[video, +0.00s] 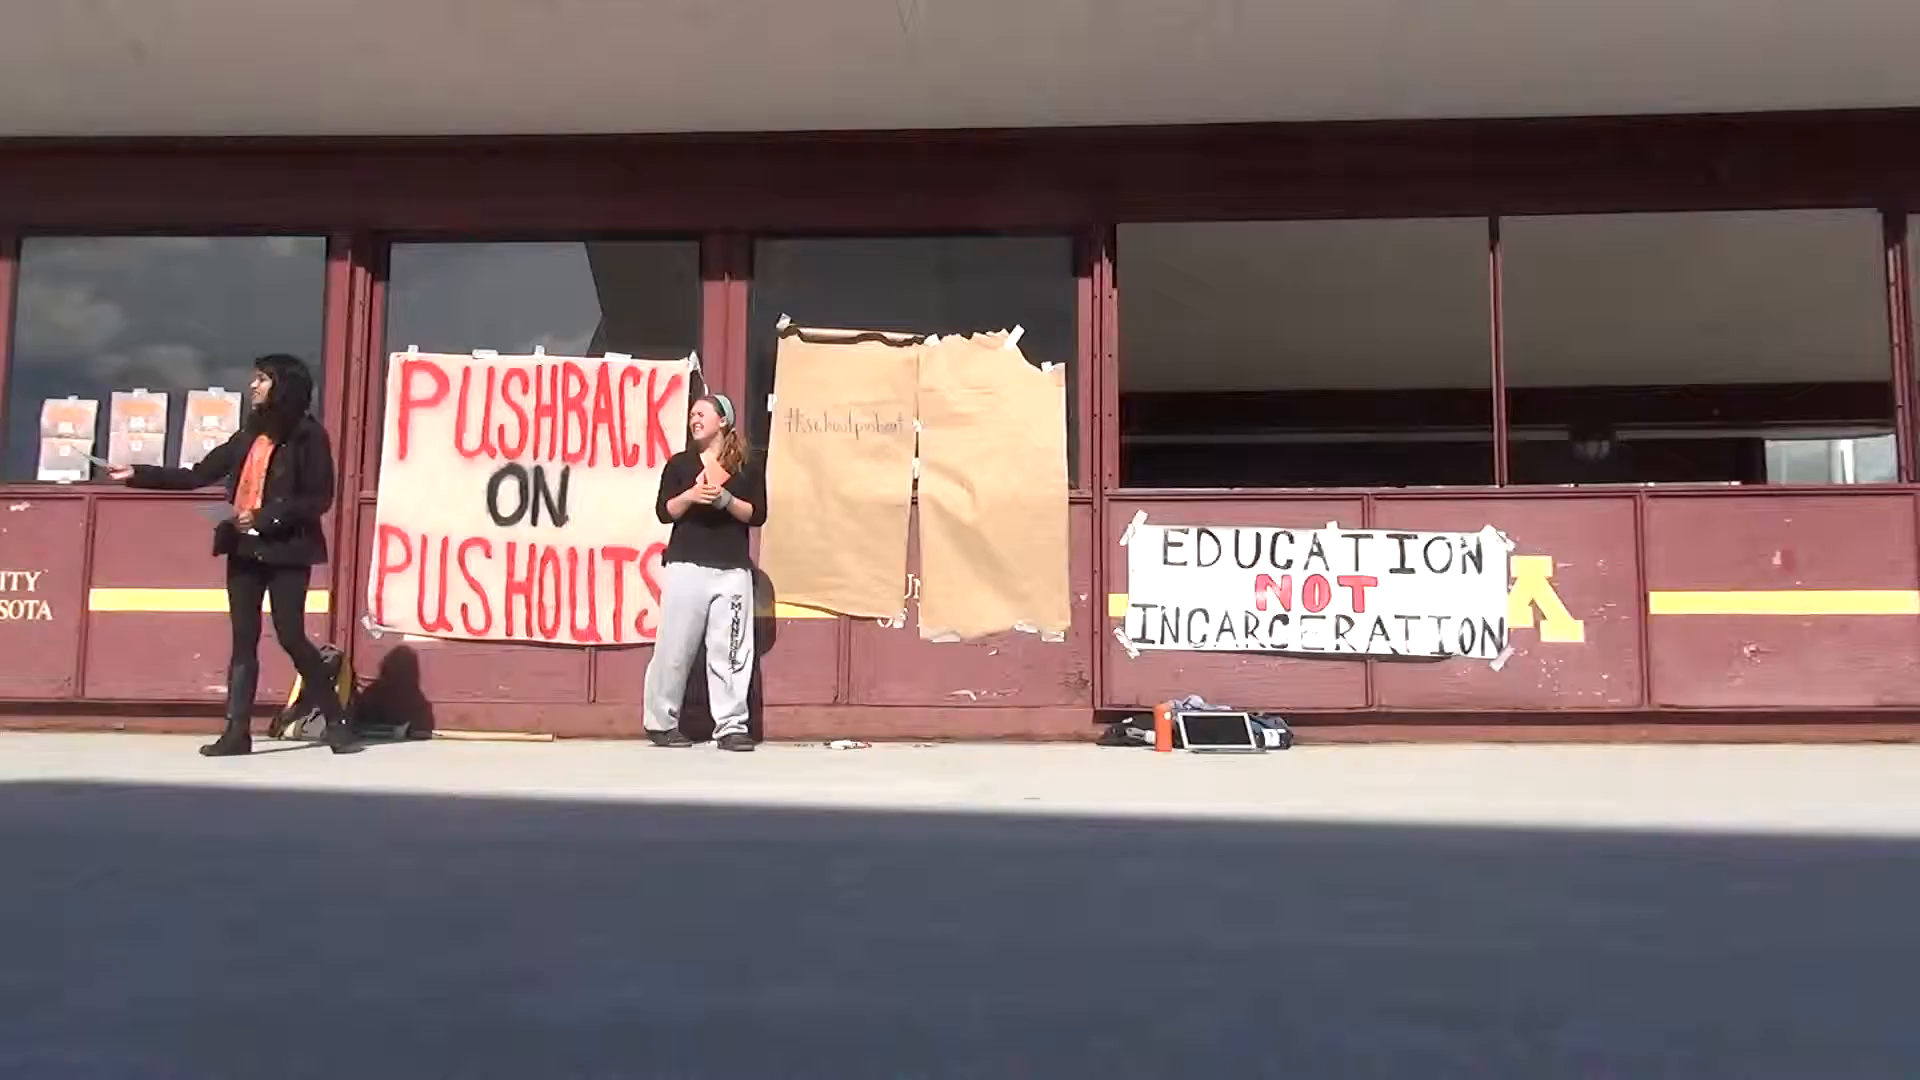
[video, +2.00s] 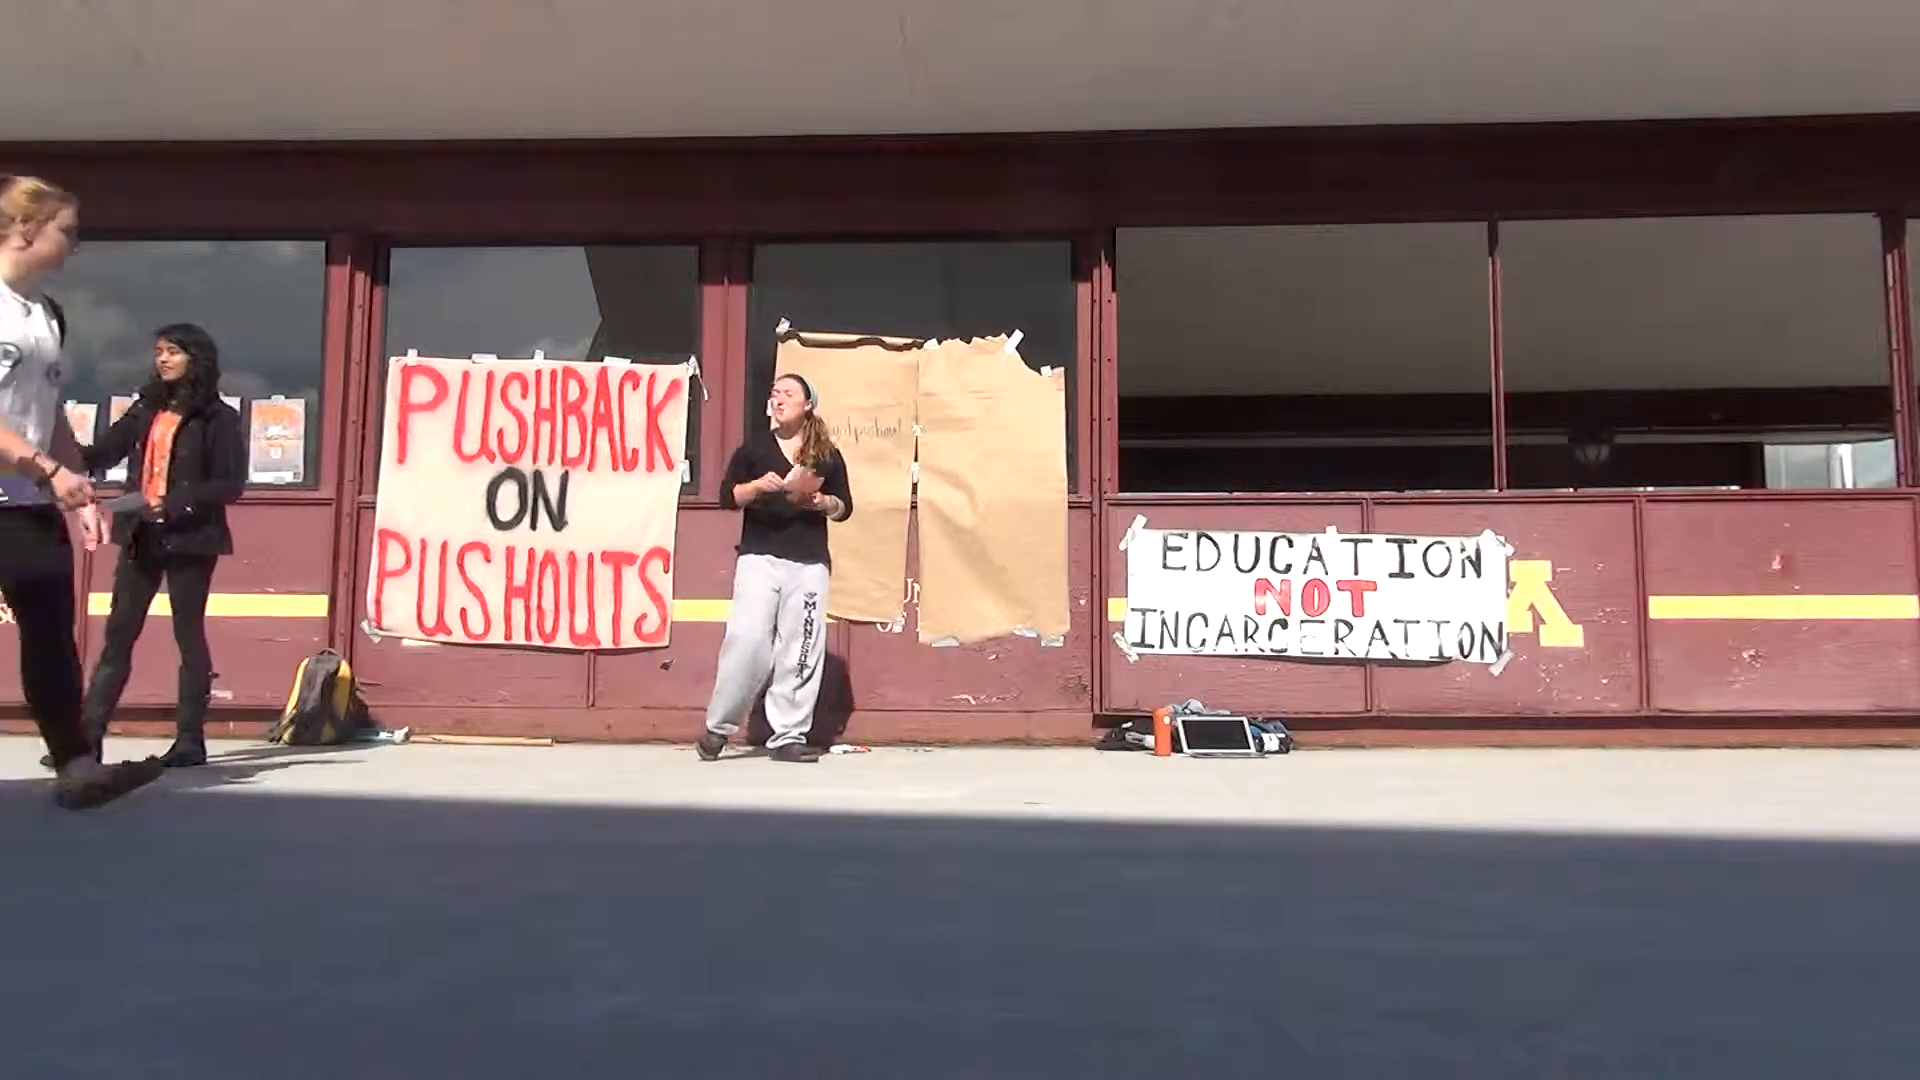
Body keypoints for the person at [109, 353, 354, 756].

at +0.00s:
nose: (252, 386)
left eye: (261, 380)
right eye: (254, 379)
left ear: (284, 387)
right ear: (265, 389)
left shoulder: (310, 435)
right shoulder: (250, 434)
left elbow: (319, 499)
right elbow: (200, 475)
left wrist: (263, 517)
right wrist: (137, 473)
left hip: (289, 552)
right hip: (246, 548)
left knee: (290, 636)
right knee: (244, 640)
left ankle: (336, 719)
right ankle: (237, 733)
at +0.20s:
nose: (233, 380)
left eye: (243, 375)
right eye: (236, 374)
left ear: (266, 383)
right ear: (248, 382)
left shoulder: (292, 434)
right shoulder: (232, 428)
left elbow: (299, 497)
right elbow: (179, 468)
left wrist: (244, 515)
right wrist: (117, 465)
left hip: (268, 548)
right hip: (227, 545)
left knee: (252, 630)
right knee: (232, 636)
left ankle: (281, 721)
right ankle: (235, 732)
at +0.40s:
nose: (219, 378)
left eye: (228, 371)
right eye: (220, 371)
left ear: (250, 378)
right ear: (231, 379)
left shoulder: (278, 430)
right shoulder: (218, 427)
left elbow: (290, 494)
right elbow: (166, 468)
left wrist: (237, 513)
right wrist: (107, 464)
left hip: (257, 544)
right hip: (217, 541)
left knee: (233, 631)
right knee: (228, 634)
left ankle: (217, 726)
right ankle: (233, 732)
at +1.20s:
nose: (193, 368)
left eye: (203, 361)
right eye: (192, 361)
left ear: (226, 368)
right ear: (192, 367)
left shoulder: (248, 422)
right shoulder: (182, 414)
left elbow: (256, 488)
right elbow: (137, 457)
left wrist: (202, 502)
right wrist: (80, 452)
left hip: (218, 542)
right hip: (175, 539)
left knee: (203, 633)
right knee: (162, 634)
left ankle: (191, 736)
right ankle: (210, 711)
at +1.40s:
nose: (189, 365)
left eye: (199, 358)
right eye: (187, 358)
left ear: (223, 364)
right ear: (185, 364)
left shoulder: (245, 420)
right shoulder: (178, 410)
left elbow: (253, 488)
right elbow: (134, 452)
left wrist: (195, 505)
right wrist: (76, 443)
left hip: (214, 543)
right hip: (169, 537)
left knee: (201, 636)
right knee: (145, 630)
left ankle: (190, 739)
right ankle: (174, 727)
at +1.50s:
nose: (186, 364)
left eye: (196, 357)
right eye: (184, 358)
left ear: (220, 363)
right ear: (183, 365)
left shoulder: (243, 418)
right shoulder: (176, 411)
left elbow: (252, 487)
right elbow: (132, 452)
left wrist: (191, 505)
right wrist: (78, 442)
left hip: (214, 541)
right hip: (167, 536)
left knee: (200, 632)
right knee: (137, 627)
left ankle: (191, 739)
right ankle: (139, 736)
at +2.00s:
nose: (162, 359)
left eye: (172, 352)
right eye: (159, 352)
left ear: (197, 358)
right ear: (156, 359)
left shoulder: (220, 418)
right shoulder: (148, 408)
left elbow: (231, 484)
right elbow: (104, 453)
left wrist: (174, 503)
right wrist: (60, 459)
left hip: (192, 542)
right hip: (143, 538)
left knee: (189, 634)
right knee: (119, 632)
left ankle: (190, 740)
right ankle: (87, 740)